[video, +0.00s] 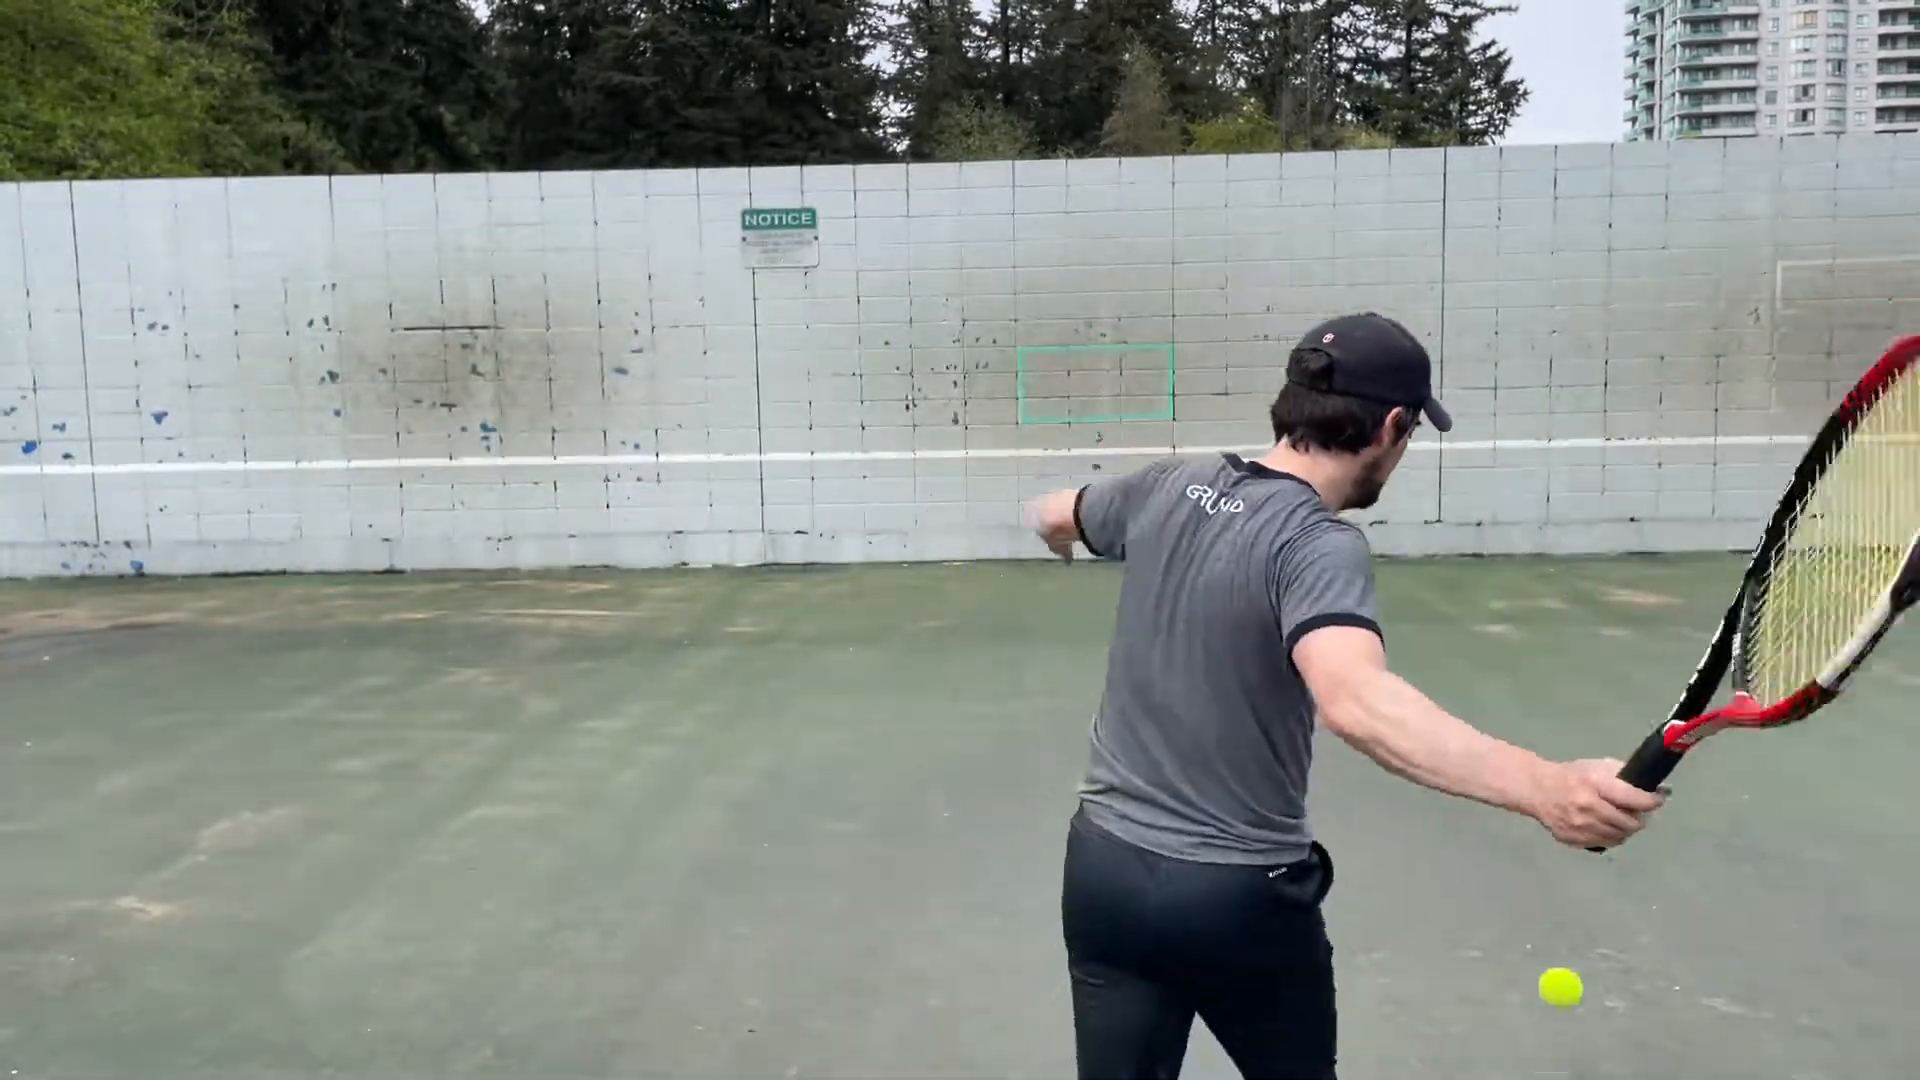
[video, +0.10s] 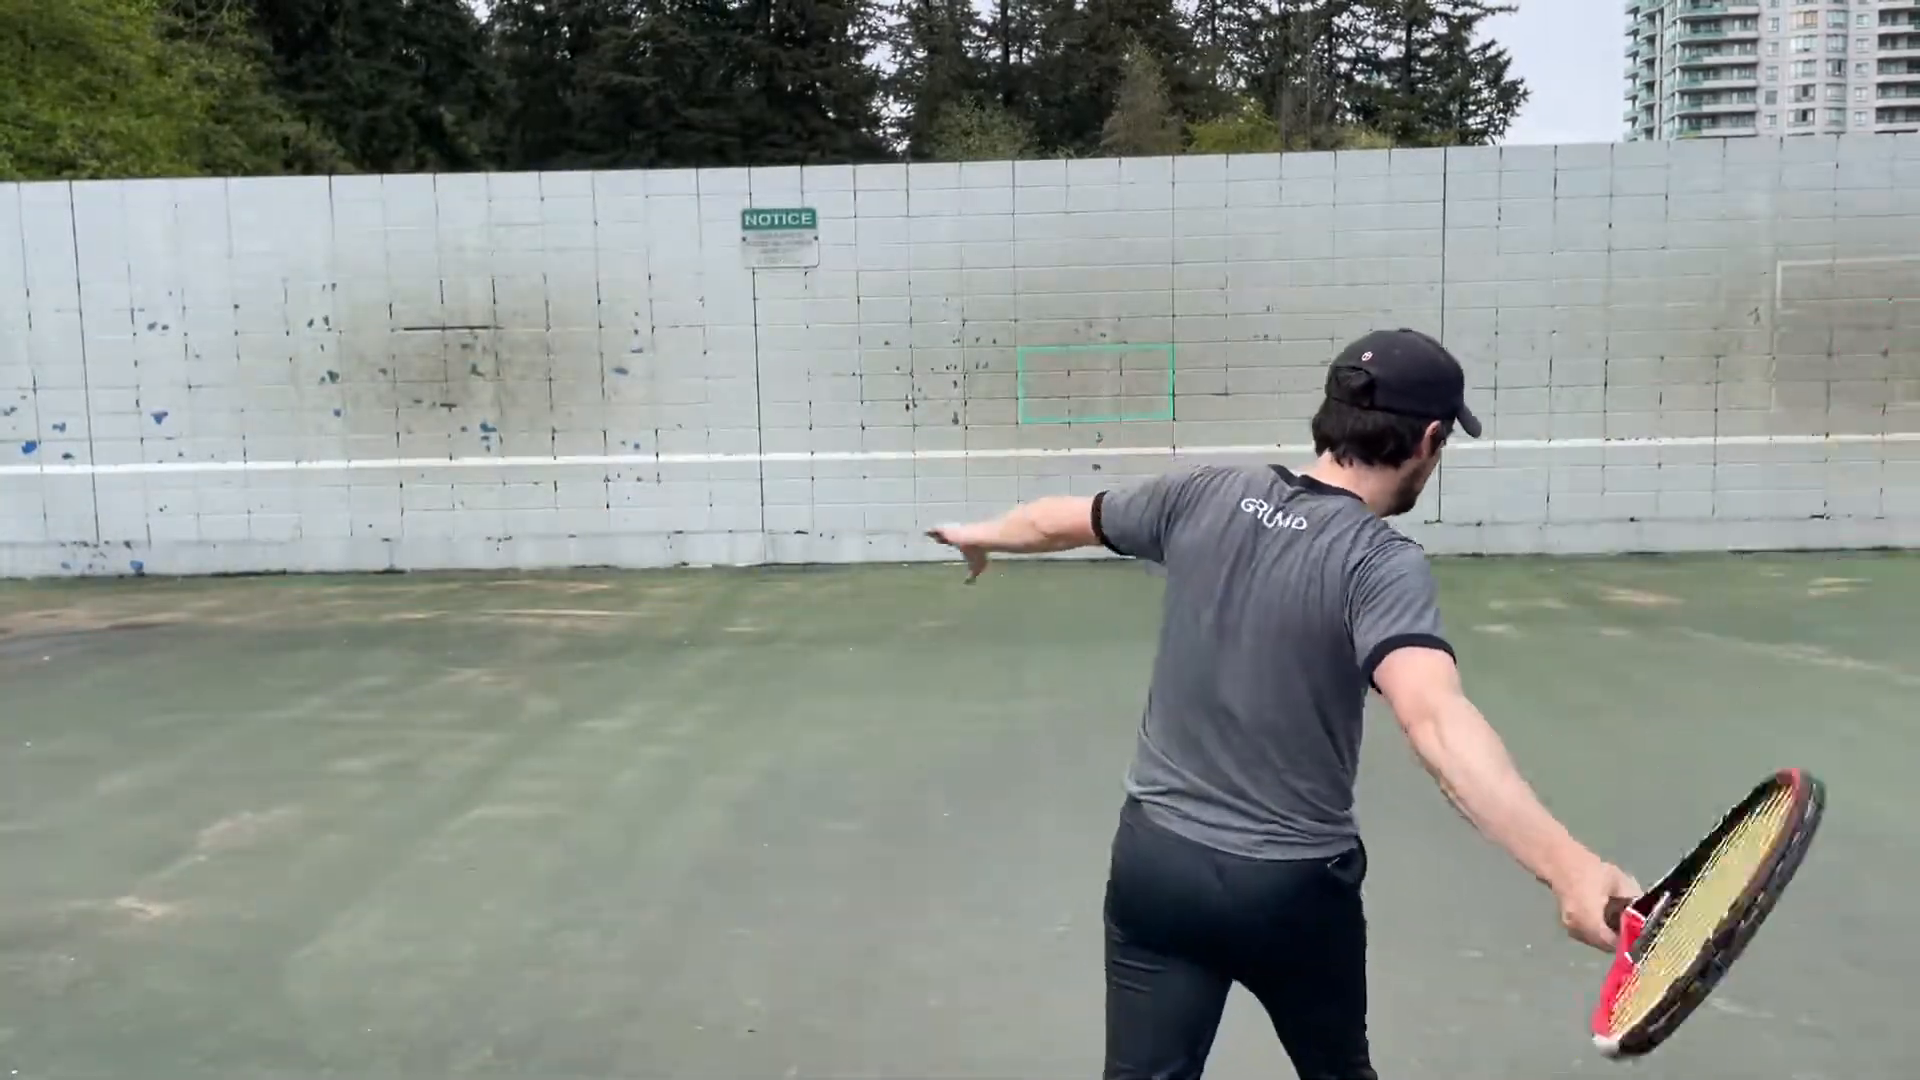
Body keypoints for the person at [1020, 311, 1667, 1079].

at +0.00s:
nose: (1403, 450)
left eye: (1412, 433)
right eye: (1410, 430)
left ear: (1292, 404)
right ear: (1387, 428)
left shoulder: (1169, 486)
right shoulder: (1318, 542)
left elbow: (1055, 516)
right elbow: (1354, 699)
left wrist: (1068, 518)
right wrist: (1545, 786)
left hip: (1106, 870)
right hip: (1242, 899)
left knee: (1116, 1070)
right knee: (1295, 1064)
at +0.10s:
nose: (1441, 457)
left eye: (1443, 439)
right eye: (1444, 439)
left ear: (1328, 418)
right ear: (1427, 441)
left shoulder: (1206, 493)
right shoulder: (1379, 557)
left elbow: (1056, 519)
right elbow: (1436, 720)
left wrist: (983, 538)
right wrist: (1568, 867)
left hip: (1157, 867)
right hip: (1293, 889)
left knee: (1142, 1070)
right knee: (1337, 1064)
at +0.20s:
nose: (1461, 454)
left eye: (1465, 436)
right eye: (1465, 439)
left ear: (1353, 417)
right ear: (1448, 441)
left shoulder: (1238, 493)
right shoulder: (1433, 571)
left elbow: (1074, 555)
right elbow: (1490, 765)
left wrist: (953, 597)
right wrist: (1569, 941)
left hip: (1197, 858)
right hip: (1334, 872)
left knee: (1171, 1063)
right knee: (1356, 1048)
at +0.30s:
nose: (1460, 411)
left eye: (1462, 394)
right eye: (1464, 397)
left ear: (1351, 380)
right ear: (1447, 406)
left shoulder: (1247, 485)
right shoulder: (1452, 543)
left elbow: (1104, 592)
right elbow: (1475, 724)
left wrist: (984, 682)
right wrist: (1516, 858)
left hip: (1227, 824)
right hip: (1358, 838)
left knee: (1186, 1047)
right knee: (1359, 1038)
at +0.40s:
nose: (1456, 376)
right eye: (1455, 363)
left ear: (1342, 354)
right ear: (1443, 379)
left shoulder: (1273, 473)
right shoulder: (1455, 509)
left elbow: (1159, 623)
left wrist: (1059, 744)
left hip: (1251, 805)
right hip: (1376, 815)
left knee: (1196, 1019)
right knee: (1363, 1028)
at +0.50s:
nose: (1339, 342)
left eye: (1338, 329)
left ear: (1335, 339)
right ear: (1435, 361)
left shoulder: (1289, 473)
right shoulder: (1449, 476)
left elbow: (1208, 646)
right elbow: (1371, 517)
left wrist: (1131, 777)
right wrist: (1293, 448)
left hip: (1274, 791)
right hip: (1391, 795)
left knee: (1203, 1008)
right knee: (1366, 1020)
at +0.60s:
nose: (1317, 330)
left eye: (1322, 317)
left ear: (1325, 334)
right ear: (1424, 351)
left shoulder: (1303, 484)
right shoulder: (1436, 452)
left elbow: (1240, 664)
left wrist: (1170, 781)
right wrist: (1214, 356)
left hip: (1284, 787)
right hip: (1394, 786)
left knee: (1211, 1014)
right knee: (1366, 1018)